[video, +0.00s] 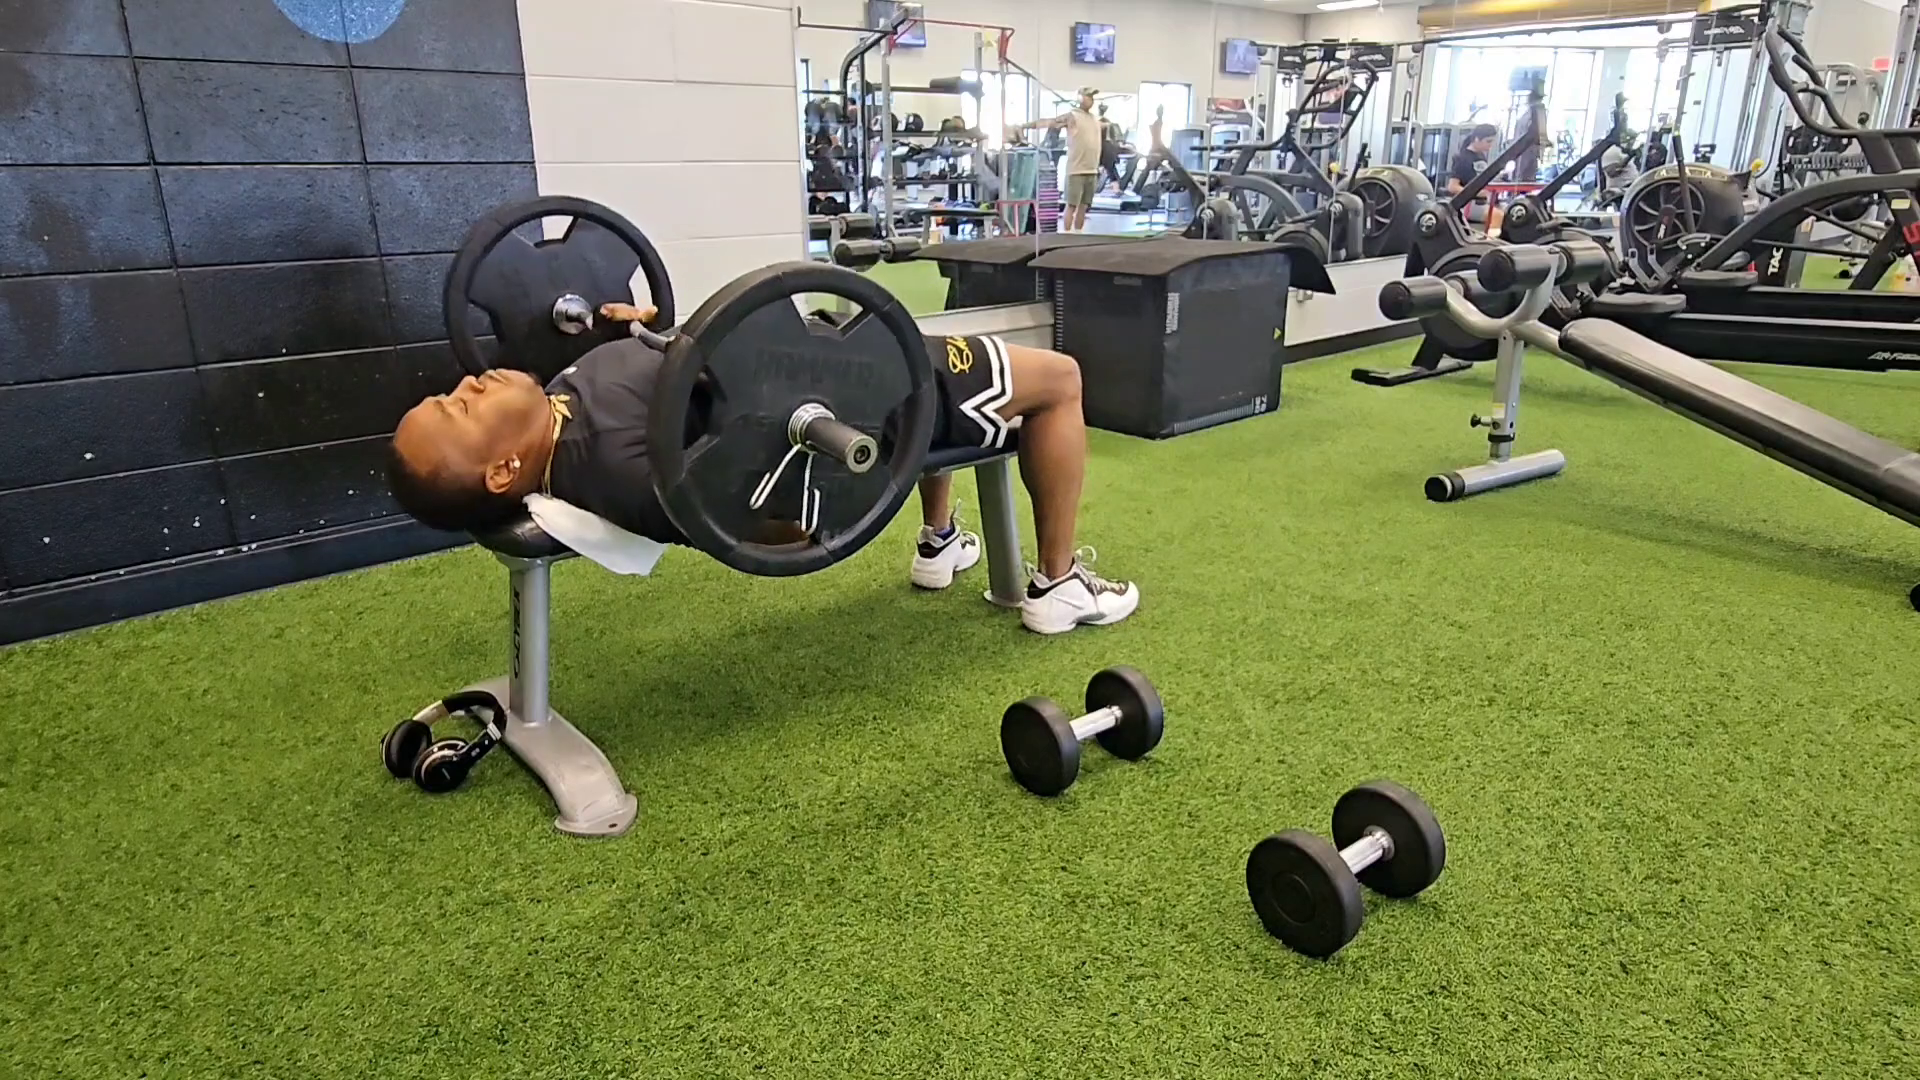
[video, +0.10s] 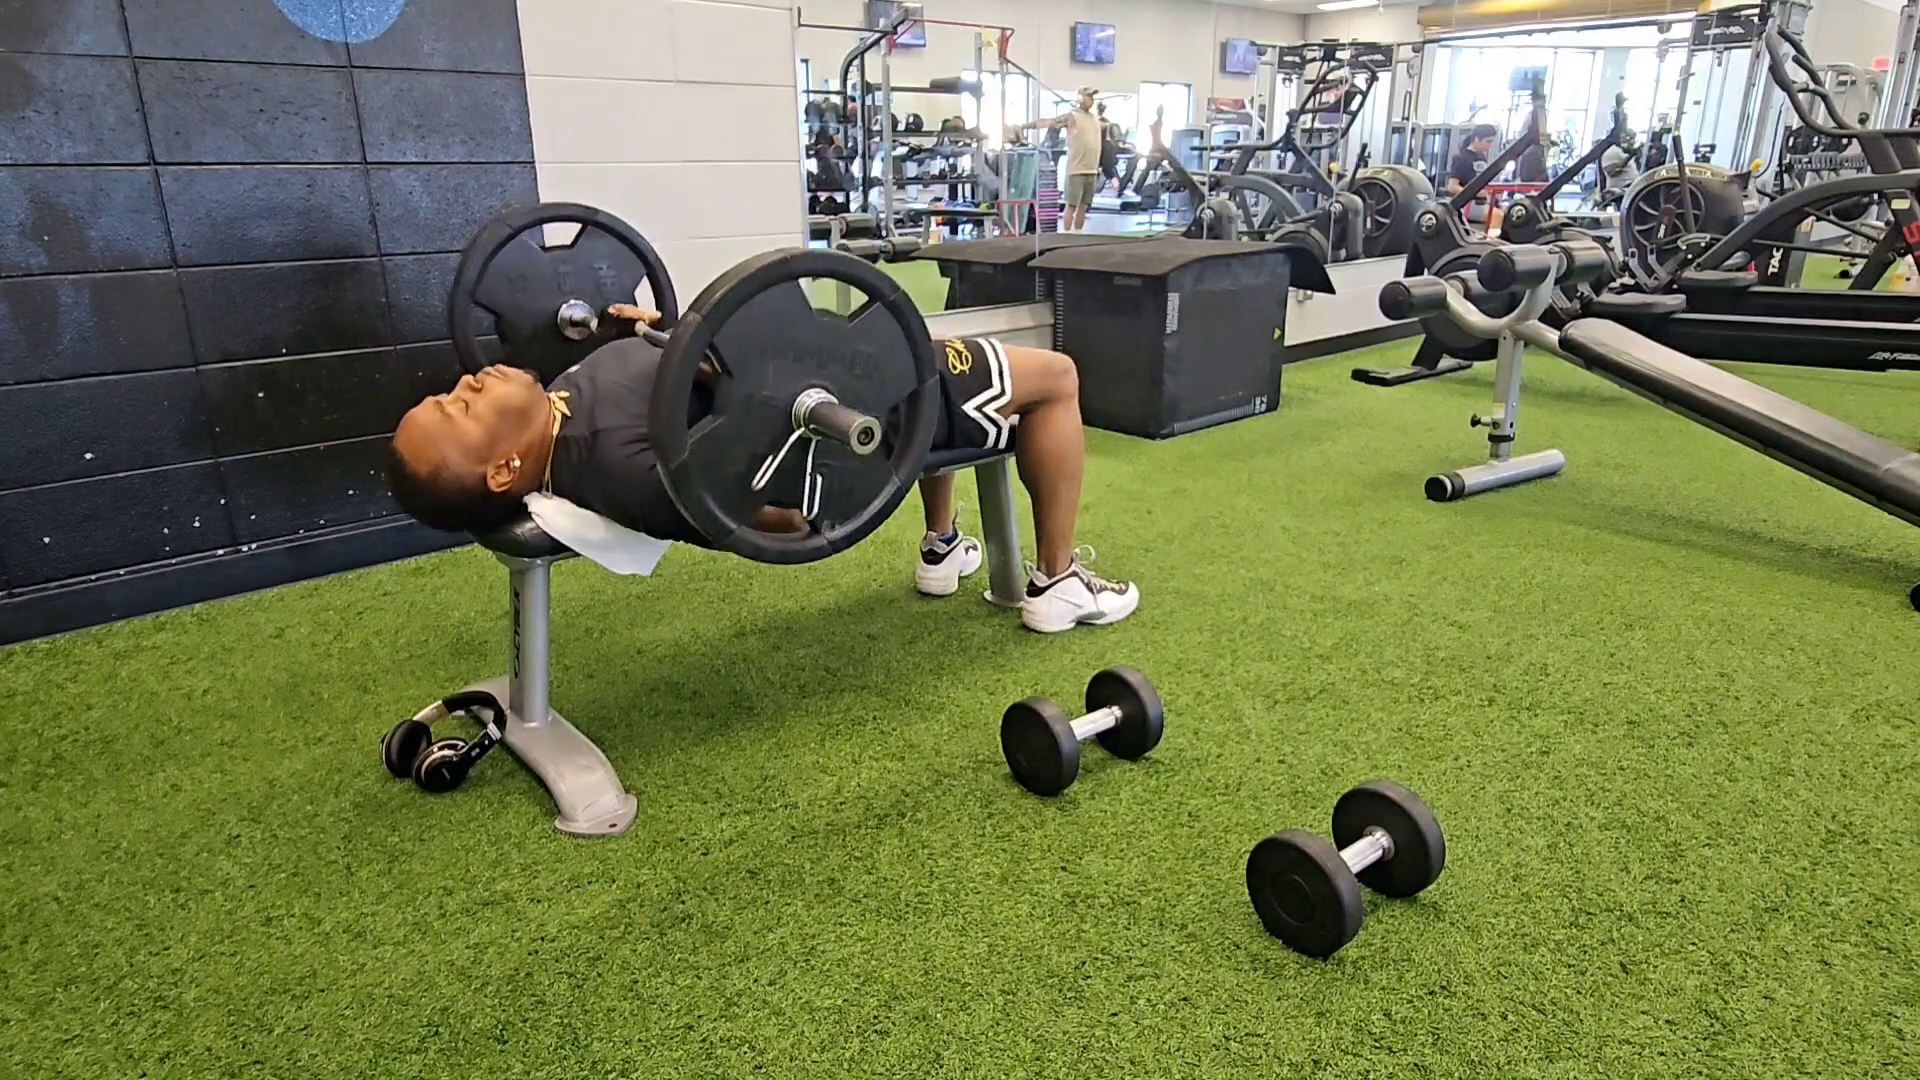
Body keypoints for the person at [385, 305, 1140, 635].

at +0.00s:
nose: (471, 372)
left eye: (446, 384)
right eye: (459, 399)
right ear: (508, 475)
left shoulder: (548, 405)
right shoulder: (634, 472)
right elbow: (786, 520)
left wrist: (628, 336)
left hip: (790, 369)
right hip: (854, 419)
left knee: (932, 342)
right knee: (1057, 378)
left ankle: (942, 541)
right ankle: (1058, 581)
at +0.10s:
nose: (470, 371)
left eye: (441, 385)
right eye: (459, 400)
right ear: (508, 475)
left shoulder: (552, 404)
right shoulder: (631, 470)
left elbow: (624, 369)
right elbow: (781, 516)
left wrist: (635, 333)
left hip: (789, 375)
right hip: (849, 425)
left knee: (925, 346)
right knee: (1053, 374)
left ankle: (944, 546)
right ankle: (1056, 581)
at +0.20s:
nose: (470, 370)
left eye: (449, 385)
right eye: (459, 400)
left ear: (502, 465)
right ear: (509, 470)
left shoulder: (542, 399)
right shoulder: (634, 473)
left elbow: (650, 354)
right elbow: (790, 485)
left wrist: (641, 311)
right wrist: (714, 357)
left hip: (792, 371)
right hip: (851, 420)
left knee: (936, 336)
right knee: (1054, 378)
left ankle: (944, 546)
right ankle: (1059, 580)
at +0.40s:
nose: (459, 376)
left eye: (440, 390)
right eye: (451, 405)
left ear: (497, 466)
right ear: (502, 472)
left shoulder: (548, 401)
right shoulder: (614, 453)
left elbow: (596, 316)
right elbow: (740, 369)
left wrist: (602, 203)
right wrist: (770, 213)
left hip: (802, 358)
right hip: (842, 394)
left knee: (938, 339)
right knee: (1053, 379)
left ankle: (946, 546)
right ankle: (1057, 580)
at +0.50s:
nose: (469, 376)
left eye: (443, 389)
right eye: (460, 401)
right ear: (503, 466)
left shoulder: (544, 384)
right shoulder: (615, 444)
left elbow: (573, 261)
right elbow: (698, 294)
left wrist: (574, 133)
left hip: (801, 348)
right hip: (848, 391)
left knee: (936, 354)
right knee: (1051, 374)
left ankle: (955, 544)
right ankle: (1055, 578)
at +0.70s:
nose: (462, 375)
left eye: (440, 390)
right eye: (451, 406)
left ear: (498, 466)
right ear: (501, 471)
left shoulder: (538, 403)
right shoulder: (615, 455)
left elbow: (599, 315)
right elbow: (743, 353)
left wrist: (590, 199)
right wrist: (721, 202)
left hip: (799, 352)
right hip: (846, 393)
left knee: (931, 341)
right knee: (1052, 377)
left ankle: (951, 543)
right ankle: (1048, 578)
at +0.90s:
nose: (474, 372)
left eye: (450, 389)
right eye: (463, 399)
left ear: (503, 452)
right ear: (510, 464)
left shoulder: (552, 393)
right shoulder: (607, 459)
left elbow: (659, 334)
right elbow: (756, 463)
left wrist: (615, 286)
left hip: (785, 377)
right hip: (838, 423)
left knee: (942, 342)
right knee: (1060, 378)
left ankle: (965, 546)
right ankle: (1042, 571)